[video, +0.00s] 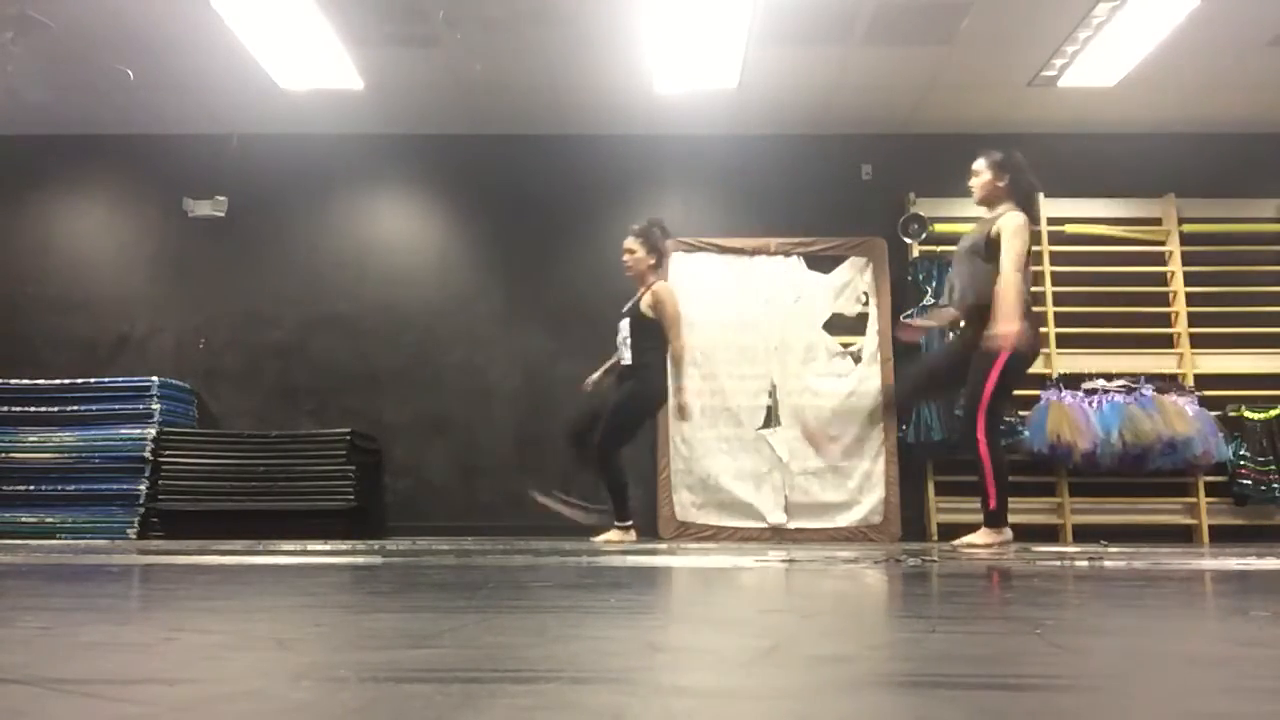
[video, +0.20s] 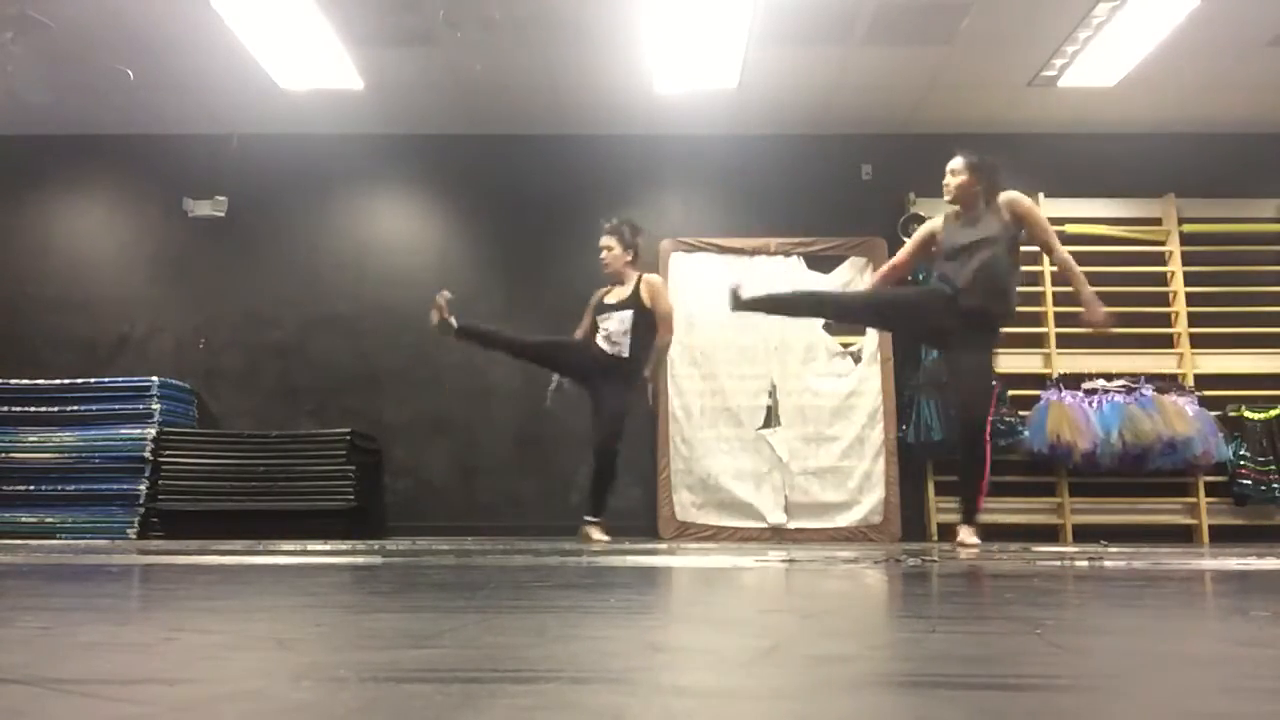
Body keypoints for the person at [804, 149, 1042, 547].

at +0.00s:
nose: (970, 182)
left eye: (977, 175)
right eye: (971, 175)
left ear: (1001, 180)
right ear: (989, 182)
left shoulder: (1013, 220)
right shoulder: (984, 227)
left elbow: (1012, 272)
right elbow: (966, 302)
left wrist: (1007, 318)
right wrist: (923, 324)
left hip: (1005, 337)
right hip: (978, 336)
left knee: (980, 418)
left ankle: (996, 527)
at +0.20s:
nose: (946, 182)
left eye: (955, 174)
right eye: (945, 175)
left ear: (980, 179)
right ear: (948, 184)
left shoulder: (1012, 206)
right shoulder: (937, 229)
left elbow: (1057, 251)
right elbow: (886, 274)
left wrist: (1089, 299)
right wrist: (850, 317)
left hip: (976, 328)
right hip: (936, 306)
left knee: (974, 427)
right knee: (859, 305)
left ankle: (967, 526)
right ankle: (752, 304)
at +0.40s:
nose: (999, 207)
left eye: (997, 202)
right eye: (990, 205)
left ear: (995, 221)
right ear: (972, 223)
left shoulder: (1000, 262)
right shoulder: (965, 254)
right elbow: (907, 287)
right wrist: (852, 316)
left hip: (940, 353)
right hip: (908, 330)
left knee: (969, 432)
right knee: (826, 364)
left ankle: (946, 529)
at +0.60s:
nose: (979, 242)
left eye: (976, 237)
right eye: (968, 237)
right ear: (946, 247)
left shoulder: (948, 287)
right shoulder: (932, 272)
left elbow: (929, 347)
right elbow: (885, 307)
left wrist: (937, 390)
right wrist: (855, 356)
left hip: (892, 372)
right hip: (860, 355)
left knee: (948, 433)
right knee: (808, 431)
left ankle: (945, 529)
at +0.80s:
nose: (871, 222)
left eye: (879, 217)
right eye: (863, 215)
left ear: (888, 230)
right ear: (848, 221)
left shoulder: (882, 284)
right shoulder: (820, 249)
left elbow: (883, 348)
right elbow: (779, 289)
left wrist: (886, 404)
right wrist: (780, 336)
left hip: (846, 358)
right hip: (799, 353)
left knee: (876, 437)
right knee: (755, 435)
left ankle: (934, 513)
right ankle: (765, 528)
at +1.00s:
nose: (758, 219)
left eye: (765, 213)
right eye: (760, 213)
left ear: (783, 216)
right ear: (778, 217)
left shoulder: (783, 248)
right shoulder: (772, 253)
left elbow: (798, 305)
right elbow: (772, 327)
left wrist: (803, 354)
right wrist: (747, 370)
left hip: (795, 358)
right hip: (783, 358)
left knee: (737, 425)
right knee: (744, 431)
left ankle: (802, 495)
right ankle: (763, 525)